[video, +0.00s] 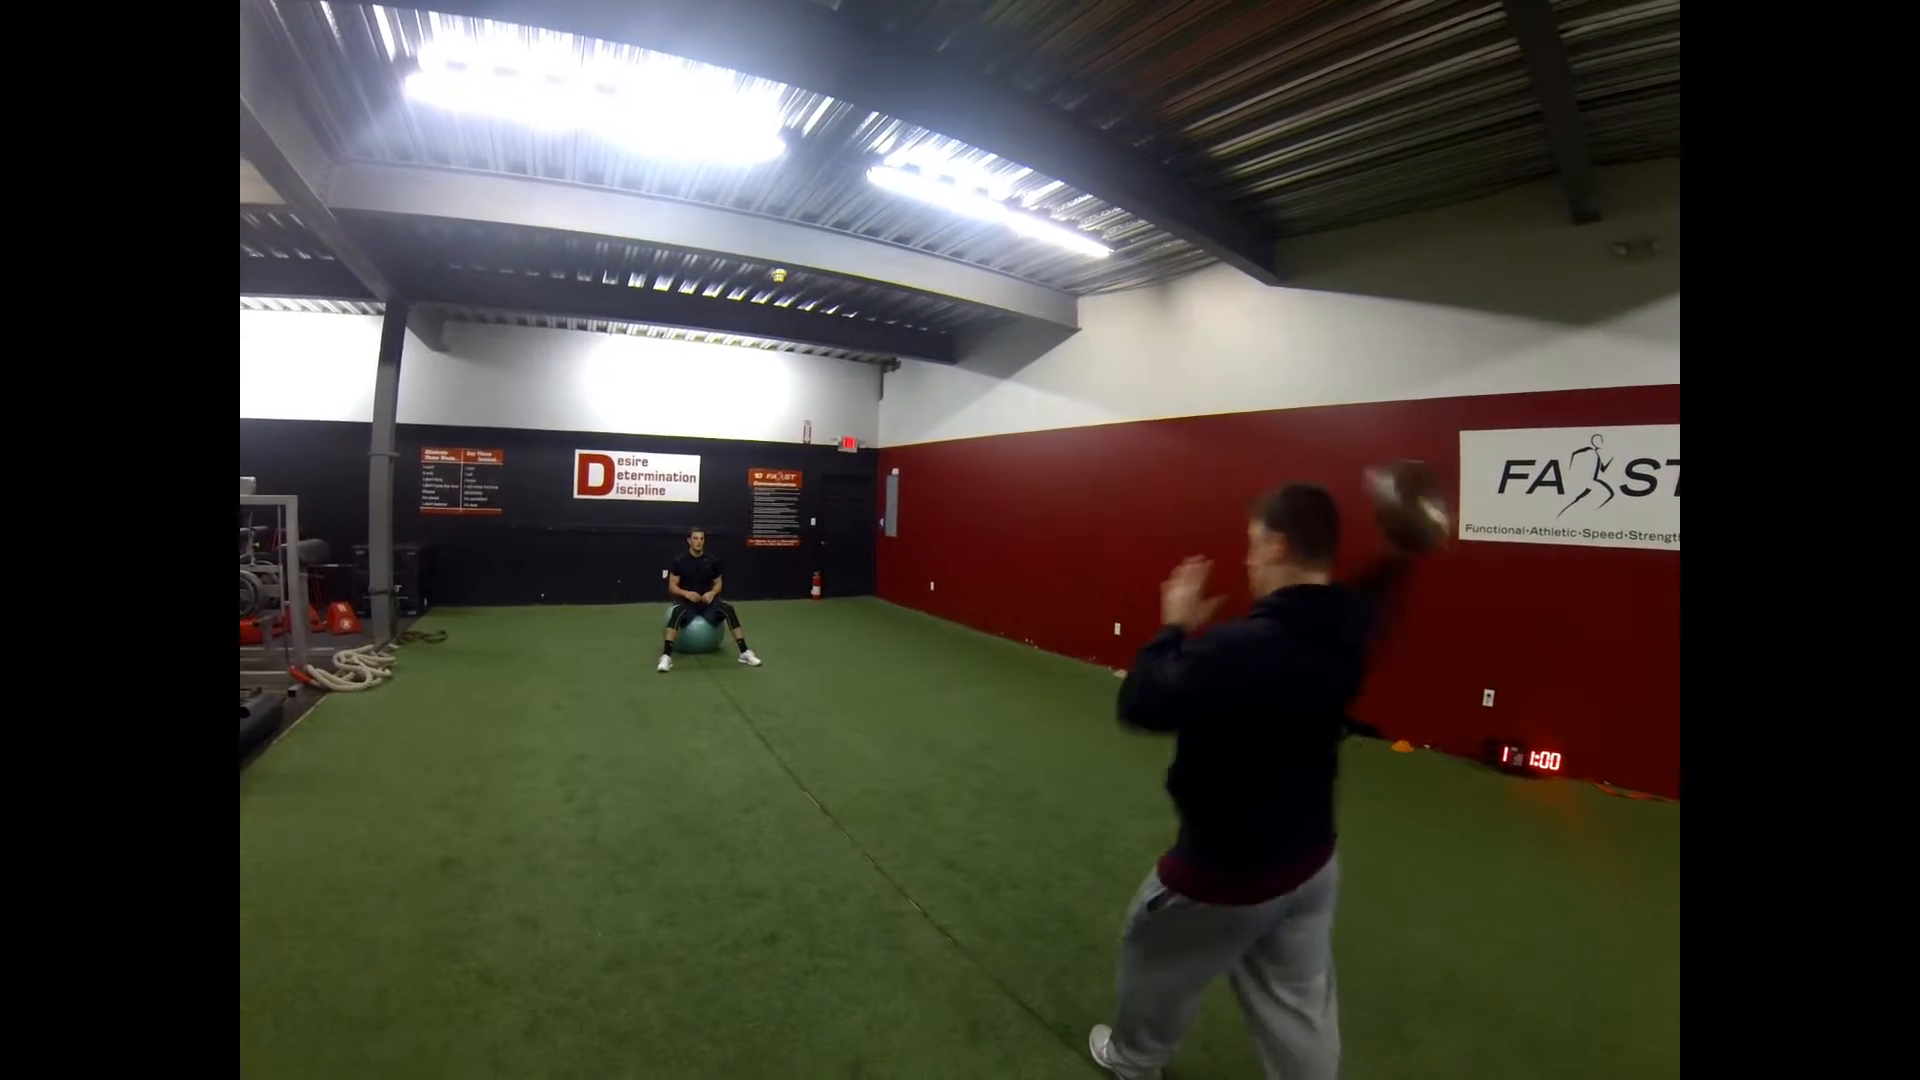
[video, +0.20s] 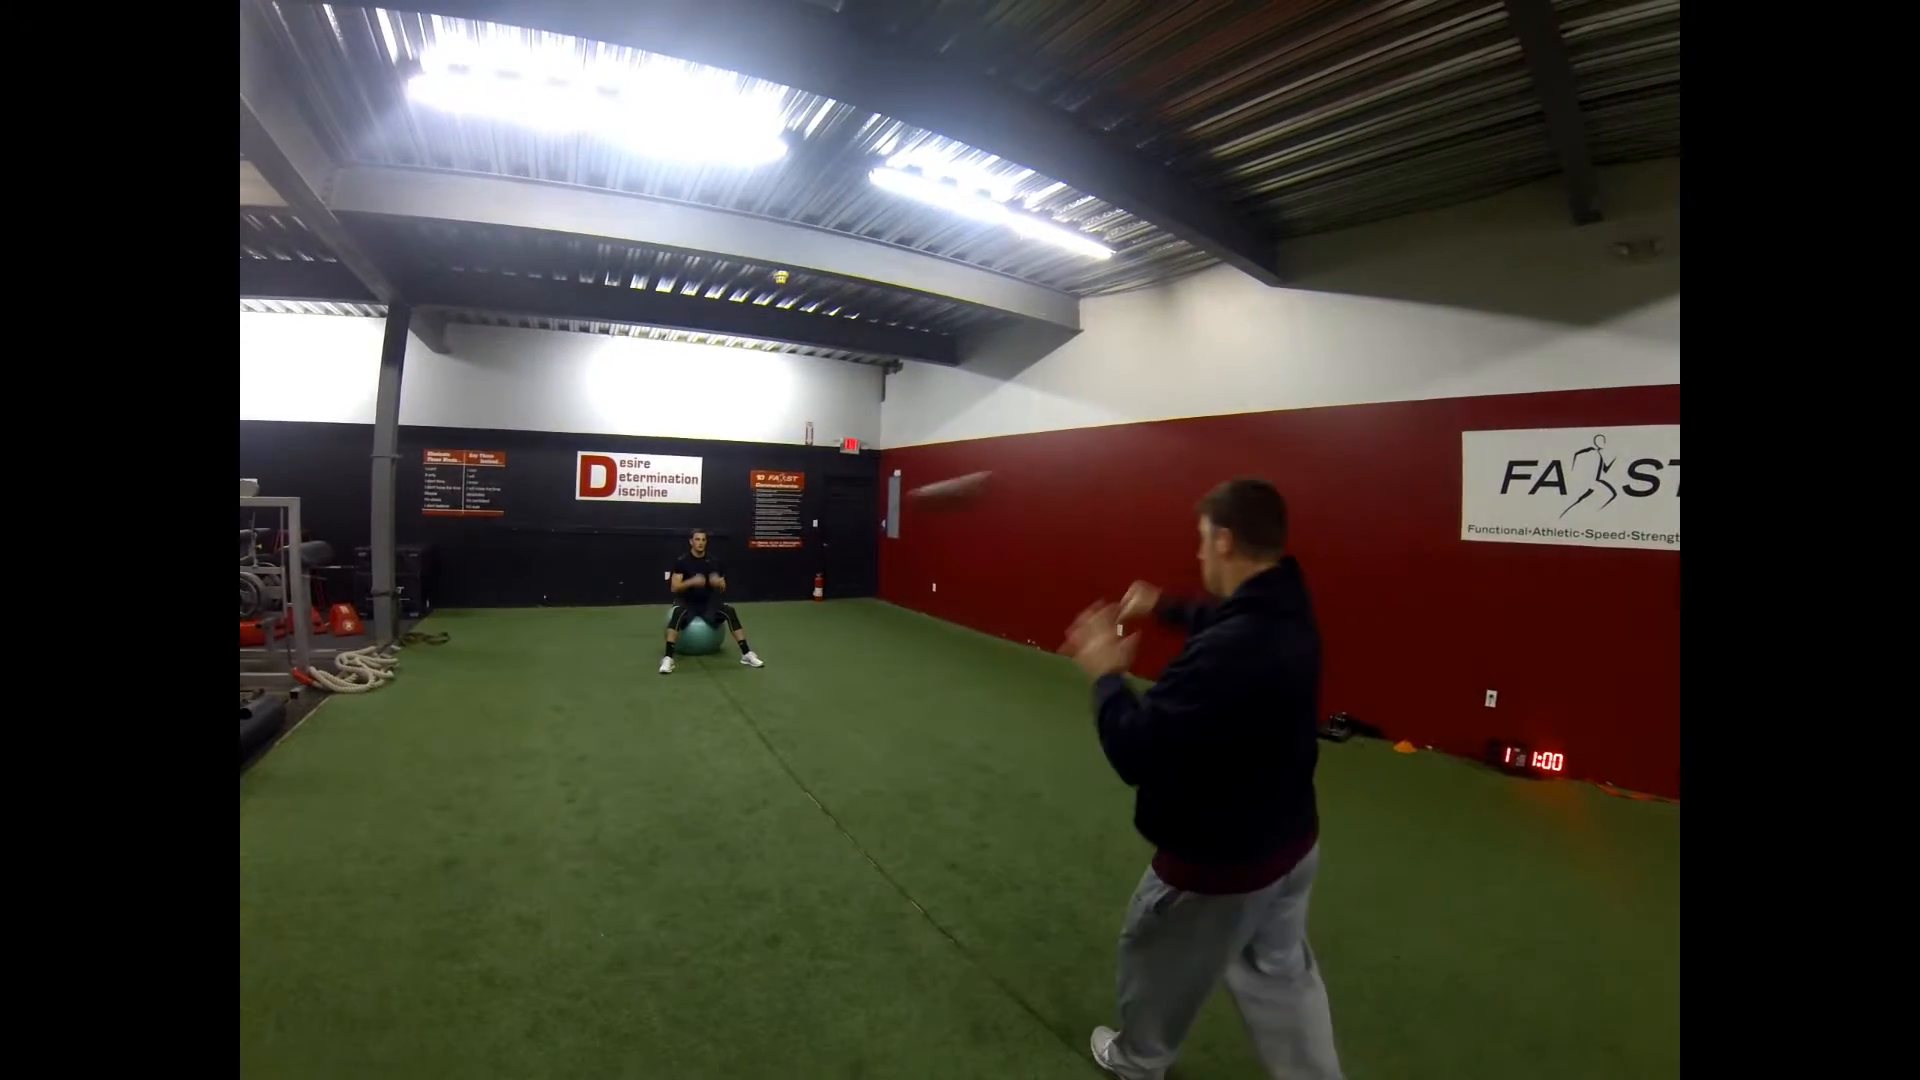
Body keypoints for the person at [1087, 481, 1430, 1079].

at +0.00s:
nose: (1248, 556)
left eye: (1253, 543)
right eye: (1250, 543)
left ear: (1276, 546)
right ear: (1328, 549)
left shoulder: (1238, 645)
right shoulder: (1344, 623)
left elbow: (1141, 704)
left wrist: (1174, 628)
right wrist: (1402, 550)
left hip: (1221, 871)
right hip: (1307, 859)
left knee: (1155, 957)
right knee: (1299, 1006)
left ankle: (1136, 1056)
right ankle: (1314, 1073)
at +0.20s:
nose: (1200, 552)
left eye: (1202, 538)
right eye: (1200, 539)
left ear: (1223, 542)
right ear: (1276, 539)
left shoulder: (1226, 644)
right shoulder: (1291, 608)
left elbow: (1137, 754)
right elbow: (1227, 618)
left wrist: (1107, 673)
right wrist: (1160, 607)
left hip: (1211, 864)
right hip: (1287, 841)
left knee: (1156, 958)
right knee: (1282, 978)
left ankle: (1139, 1055)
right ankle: (1316, 1071)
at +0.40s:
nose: (1182, 553)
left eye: (1183, 538)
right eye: (1181, 539)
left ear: (1204, 537)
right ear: (1253, 535)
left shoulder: (1220, 640)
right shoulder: (1277, 608)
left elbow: (1178, 770)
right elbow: (1222, 676)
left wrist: (1087, 767)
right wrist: (1149, 681)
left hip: (1212, 863)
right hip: (1285, 839)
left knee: (1161, 962)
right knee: (1274, 959)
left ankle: (1141, 1057)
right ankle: (1304, 1068)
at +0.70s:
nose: (1227, 563)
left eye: (1230, 547)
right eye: (1227, 548)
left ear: (1258, 547)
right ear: (1296, 543)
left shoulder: (1270, 647)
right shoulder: (1327, 620)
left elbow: (1230, 785)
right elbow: (1296, 726)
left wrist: (1147, 805)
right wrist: (1218, 729)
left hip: (1242, 866)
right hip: (1311, 846)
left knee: (1181, 964)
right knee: (1294, 979)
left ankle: (1145, 1059)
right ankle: (1298, 1072)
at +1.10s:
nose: (1300, 557)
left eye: (1304, 542)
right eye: (1301, 542)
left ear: (1335, 545)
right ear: (1370, 544)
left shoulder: (1345, 643)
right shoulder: (1396, 627)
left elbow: (1301, 777)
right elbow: (1373, 749)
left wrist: (1216, 790)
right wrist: (1290, 753)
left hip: (1309, 877)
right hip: (1373, 860)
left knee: (1225, 988)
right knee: (1330, 996)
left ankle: (1157, 1069)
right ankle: (1305, 1075)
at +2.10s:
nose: (1301, 544)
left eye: (1312, 528)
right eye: (1306, 527)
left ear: (1349, 545)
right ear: (1361, 546)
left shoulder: (1341, 672)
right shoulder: (1414, 646)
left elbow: (1247, 849)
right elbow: (1369, 772)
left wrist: (1187, 800)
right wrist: (1267, 761)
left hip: (1305, 960)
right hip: (1375, 933)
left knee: (1265, 1070)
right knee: (1314, 1066)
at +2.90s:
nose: (1322, 603)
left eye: (1320, 586)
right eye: (1318, 587)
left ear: (1341, 582)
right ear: (1402, 574)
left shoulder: (1330, 699)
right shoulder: (1463, 670)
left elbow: (1261, 844)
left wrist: (1245, 828)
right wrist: (1275, 813)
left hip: (1357, 989)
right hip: (1467, 965)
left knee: (1257, 1071)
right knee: (1408, 1071)